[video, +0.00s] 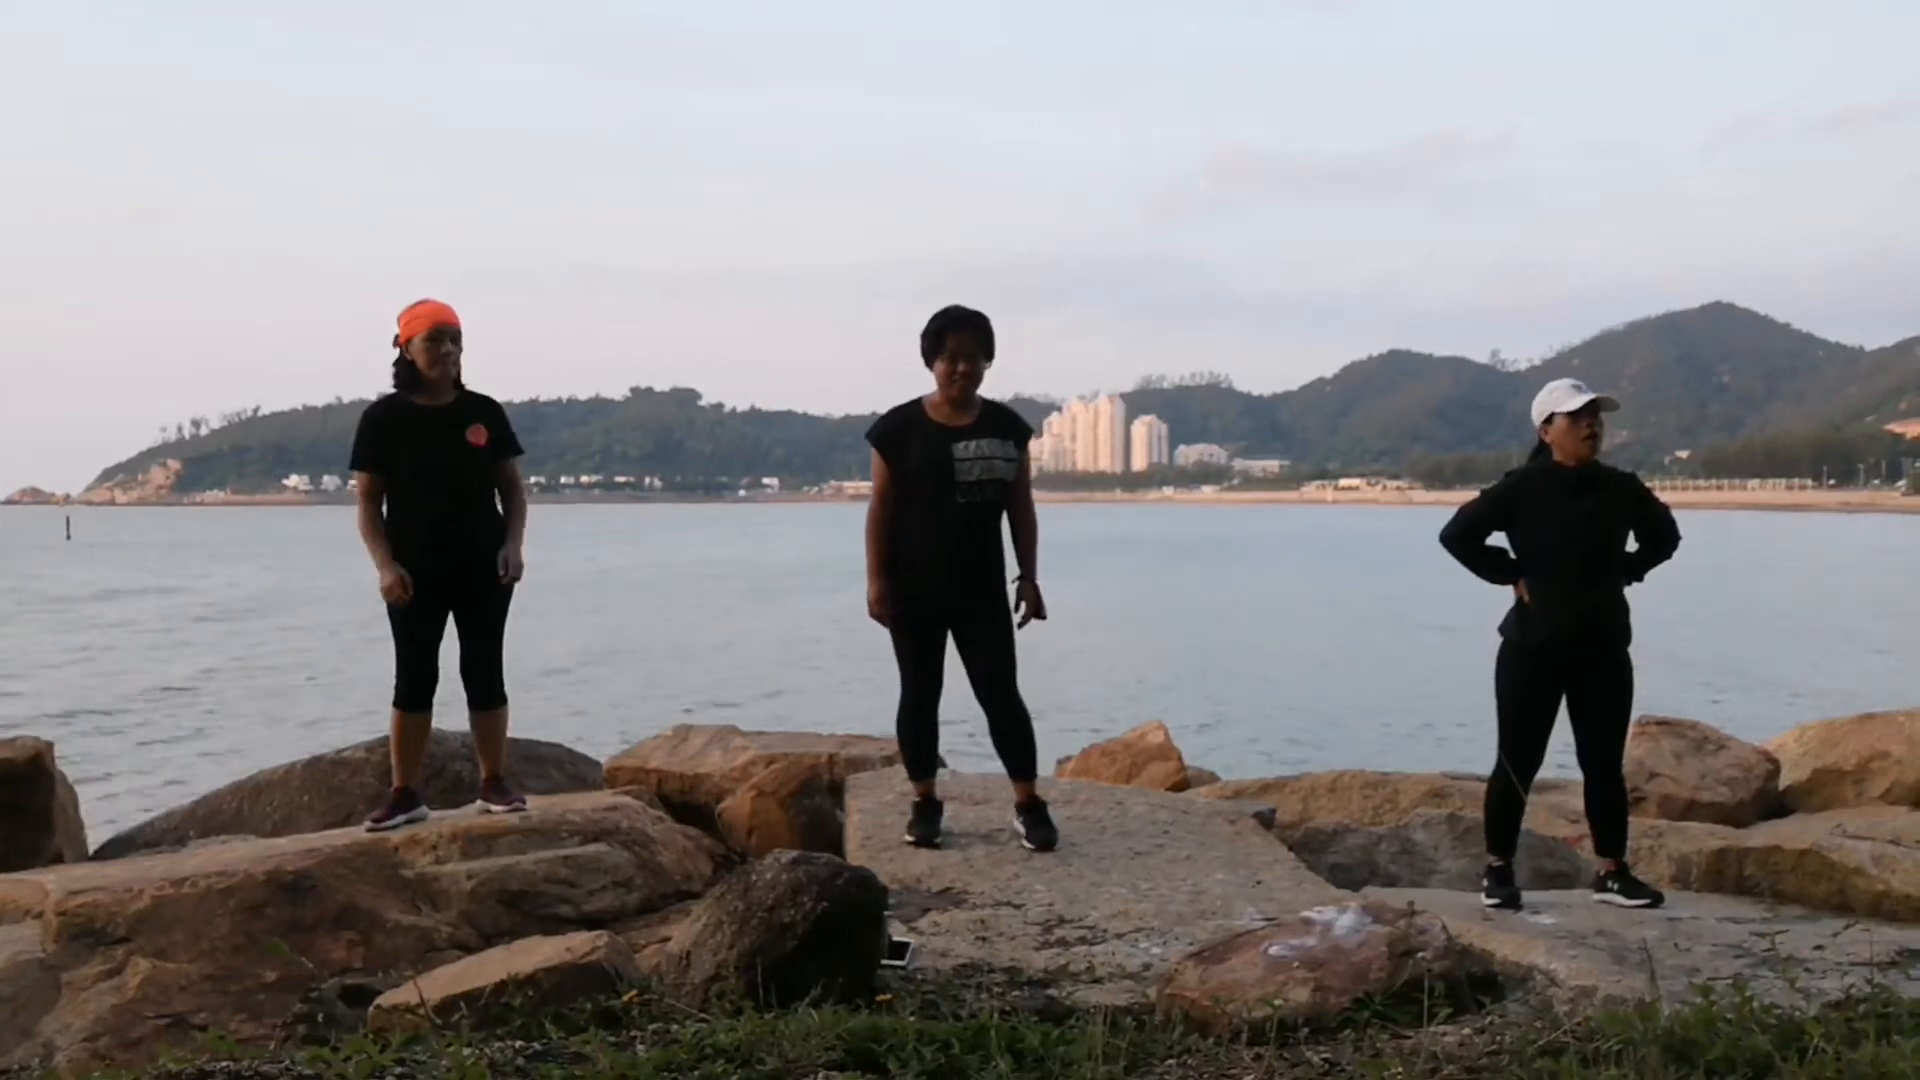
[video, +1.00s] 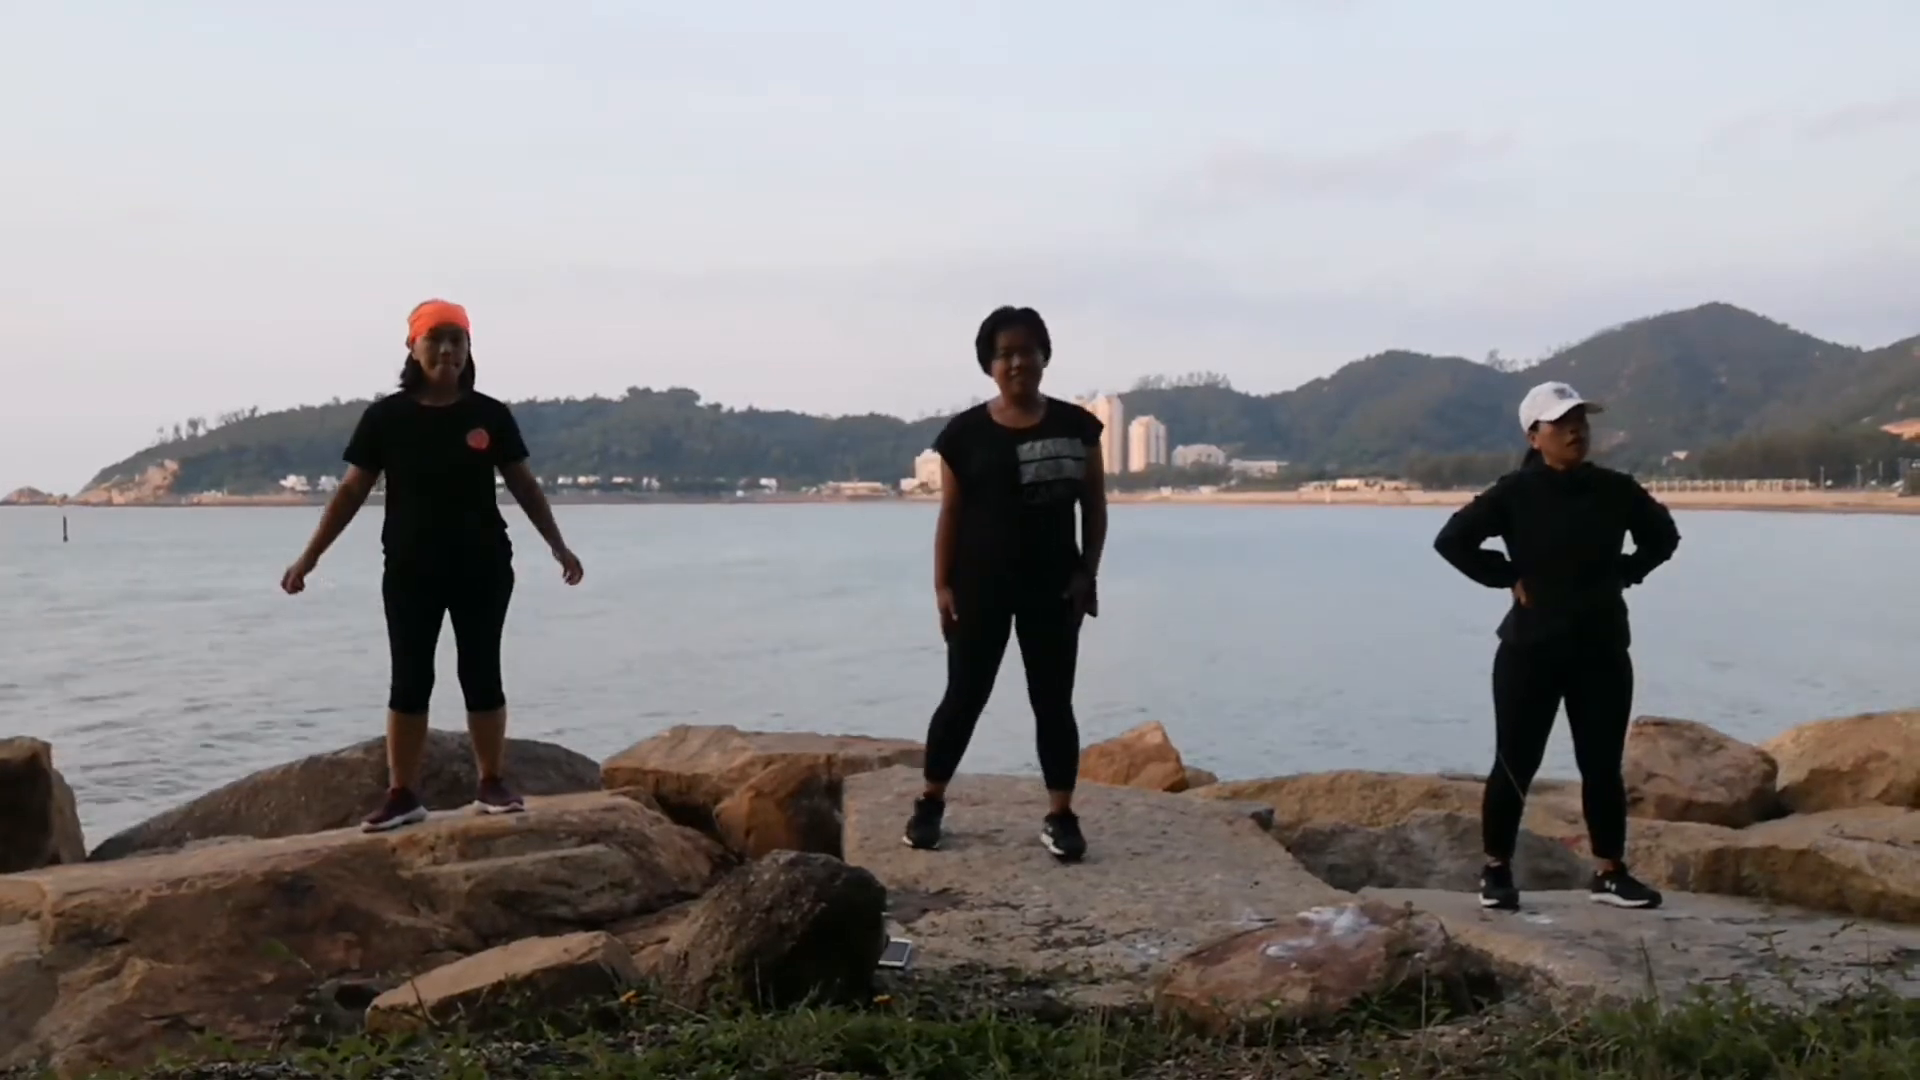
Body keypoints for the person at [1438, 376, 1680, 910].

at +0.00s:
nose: (1594, 427)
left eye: (1595, 418)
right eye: (1581, 419)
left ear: (1596, 423)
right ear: (1548, 431)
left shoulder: (1619, 486)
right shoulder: (1521, 488)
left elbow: (1665, 536)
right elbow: (1456, 536)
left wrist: (1625, 570)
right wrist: (1511, 573)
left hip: (1602, 647)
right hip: (1534, 647)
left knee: (1605, 765)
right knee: (1517, 762)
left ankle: (1612, 871)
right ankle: (1499, 871)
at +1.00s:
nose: (1577, 431)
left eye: (1580, 420)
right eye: (1563, 424)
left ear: (1586, 425)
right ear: (1535, 435)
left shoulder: (1614, 489)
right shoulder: (1514, 493)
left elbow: (1664, 536)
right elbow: (1451, 542)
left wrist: (1625, 572)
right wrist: (1508, 576)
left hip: (1601, 649)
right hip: (1531, 649)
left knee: (1603, 766)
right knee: (1515, 765)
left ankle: (1611, 872)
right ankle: (1497, 872)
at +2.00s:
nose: (1579, 431)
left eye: (1581, 421)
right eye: (1566, 423)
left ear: (1585, 425)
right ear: (1535, 434)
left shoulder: (1611, 490)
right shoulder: (1512, 493)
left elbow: (1660, 537)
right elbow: (1449, 543)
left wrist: (1621, 572)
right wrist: (1507, 577)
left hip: (1597, 650)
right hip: (1529, 650)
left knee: (1600, 767)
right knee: (1512, 765)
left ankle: (1608, 873)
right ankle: (1494, 872)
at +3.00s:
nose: (1581, 432)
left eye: (1584, 423)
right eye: (1568, 424)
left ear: (1588, 428)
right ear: (1538, 434)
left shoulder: (1612, 492)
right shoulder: (1512, 493)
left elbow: (1659, 540)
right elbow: (1448, 541)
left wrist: (1616, 576)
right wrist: (1504, 577)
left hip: (1595, 650)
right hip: (1527, 650)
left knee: (1598, 768)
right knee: (1510, 765)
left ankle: (1606, 873)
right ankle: (1492, 873)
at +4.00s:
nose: (1580, 433)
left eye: (1583, 423)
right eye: (1567, 424)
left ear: (1588, 429)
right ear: (1537, 435)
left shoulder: (1610, 492)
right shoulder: (1511, 493)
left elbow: (1657, 542)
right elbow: (1447, 541)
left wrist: (1613, 578)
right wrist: (1502, 578)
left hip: (1593, 651)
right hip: (1524, 650)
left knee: (1595, 769)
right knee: (1507, 766)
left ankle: (1602, 874)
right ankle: (1489, 874)